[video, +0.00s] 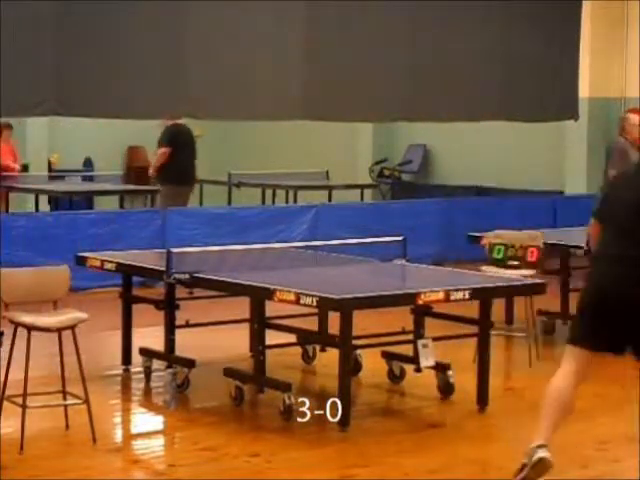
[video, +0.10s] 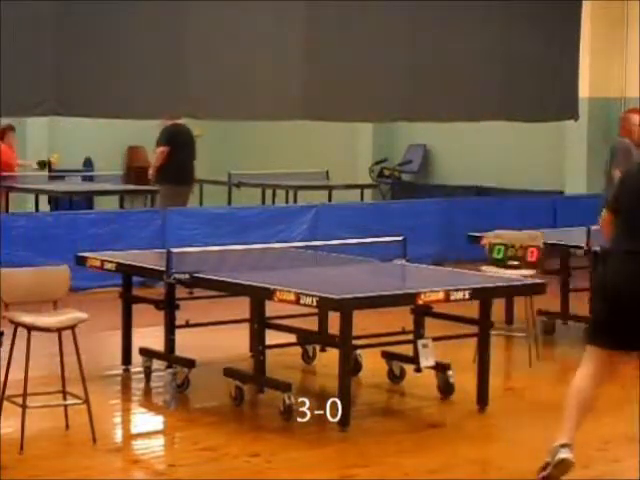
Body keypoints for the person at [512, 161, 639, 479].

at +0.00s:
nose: (630, 131)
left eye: (631, 124)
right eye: (630, 125)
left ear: (633, 140)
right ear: (632, 139)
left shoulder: (621, 183)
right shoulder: (622, 182)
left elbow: (595, 233)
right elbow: (596, 233)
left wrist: (606, 260)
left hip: (611, 281)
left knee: (571, 366)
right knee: (570, 368)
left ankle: (541, 443)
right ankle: (540, 443)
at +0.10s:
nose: (633, 128)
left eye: (632, 123)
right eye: (633, 123)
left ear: (631, 135)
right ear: (633, 134)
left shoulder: (631, 178)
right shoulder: (630, 177)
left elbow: (607, 225)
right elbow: (608, 225)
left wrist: (621, 247)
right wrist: (620, 244)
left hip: (621, 275)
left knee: (595, 359)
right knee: (594, 361)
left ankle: (565, 442)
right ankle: (564, 441)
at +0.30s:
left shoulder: (638, 168)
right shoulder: (635, 168)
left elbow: (617, 215)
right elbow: (618, 215)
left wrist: (631, 245)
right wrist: (631, 245)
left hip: (634, 269)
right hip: (632, 269)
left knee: (625, 357)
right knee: (624, 357)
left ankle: (603, 444)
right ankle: (602, 444)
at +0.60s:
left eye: (639, 126)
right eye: (639, 126)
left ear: (632, 127)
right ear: (633, 127)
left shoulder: (624, 145)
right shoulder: (630, 147)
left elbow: (628, 178)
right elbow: (634, 179)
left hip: (614, 202)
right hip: (622, 204)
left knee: (613, 243)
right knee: (618, 244)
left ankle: (609, 275)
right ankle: (613, 278)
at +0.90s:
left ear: (634, 130)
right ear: (638, 131)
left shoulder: (627, 147)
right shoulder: (632, 148)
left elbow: (629, 181)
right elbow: (634, 182)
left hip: (615, 205)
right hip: (623, 207)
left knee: (615, 245)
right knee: (618, 246)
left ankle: (611, 277)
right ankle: (612, 278)